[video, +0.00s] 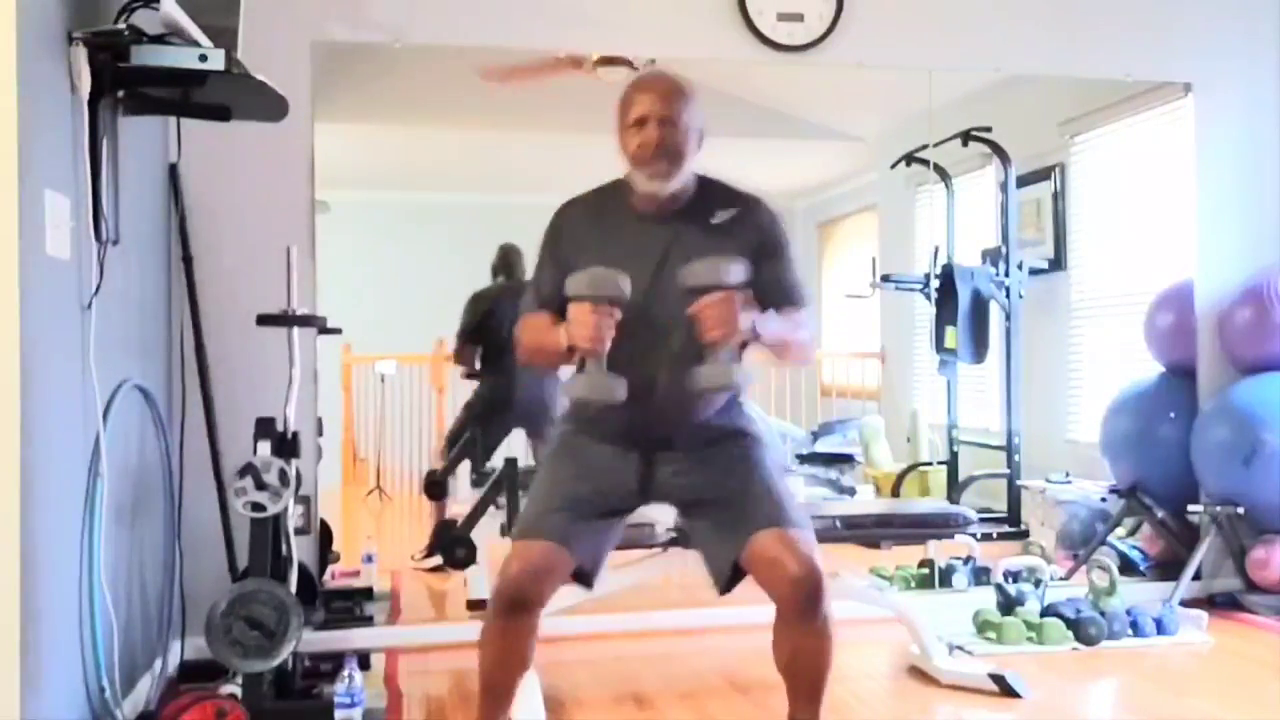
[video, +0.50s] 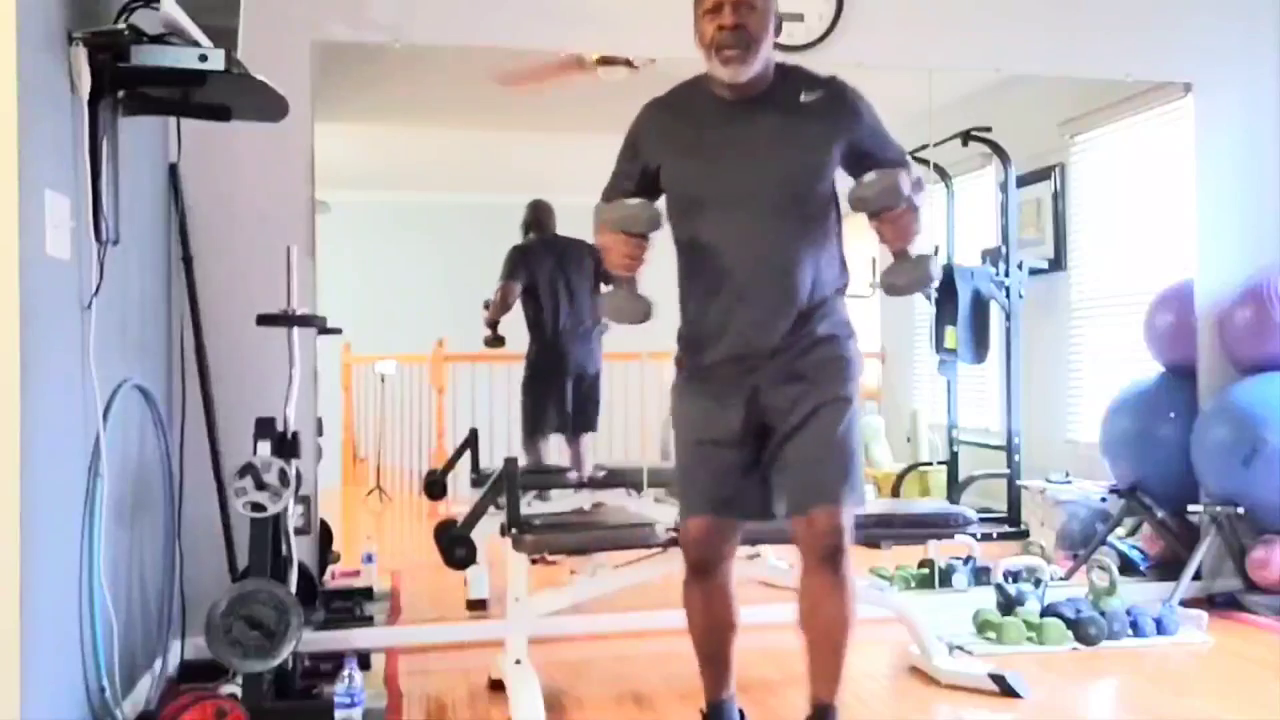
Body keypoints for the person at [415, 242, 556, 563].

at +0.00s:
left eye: (500, 265)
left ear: (494, 268)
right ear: (524, 266)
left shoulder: (484, 299)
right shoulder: (543, 297)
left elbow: (464, 355)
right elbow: (563, 347)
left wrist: (475, 368)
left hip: (497, 391)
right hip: (540, 390)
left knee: (451, 449)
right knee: (549, 458)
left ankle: (439, 531)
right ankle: (554, 527)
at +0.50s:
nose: (528, 229)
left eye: (526, 225)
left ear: (527, 225)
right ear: (554, 223)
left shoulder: (523, 253)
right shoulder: (584, 249)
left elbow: (508, 297)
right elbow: (618, 279)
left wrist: (492, 316)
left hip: (548, 355)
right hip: (587, 355)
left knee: (533, 433)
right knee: (577, 432)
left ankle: (540, 493)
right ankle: (580, 493)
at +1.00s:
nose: (567, 276)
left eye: (569, 272)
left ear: (571, 273)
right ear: (599, 273)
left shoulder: (575, 300)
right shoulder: (627, 299)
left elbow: (557, 354)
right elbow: (643, 347)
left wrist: (543, 355)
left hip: (598, 393)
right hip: (637, 391)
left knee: (539, 449)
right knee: (629, 453)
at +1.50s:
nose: (584, 247)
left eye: (585, 242)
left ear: (589, 243)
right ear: (615, 241)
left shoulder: (594, 264)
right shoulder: (643, 263)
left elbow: (599, 295)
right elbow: (691, 292)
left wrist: (571, 329)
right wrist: (664, 319)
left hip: (623, 370)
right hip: (660, 370)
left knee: (595, 444)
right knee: (649, 444)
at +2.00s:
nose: (568, 276)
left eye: (569, 271)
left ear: (571, 273)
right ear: (597, 273)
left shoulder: (565, 303)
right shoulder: (623, 300)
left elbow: (550, 359)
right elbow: (639, 345)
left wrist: (551, 372)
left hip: (590, 395)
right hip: (634, 393)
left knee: (534, 449)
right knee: (647, 454)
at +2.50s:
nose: (527, 241)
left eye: (528, 237)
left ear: (531, 237)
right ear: (557, 236)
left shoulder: (529, 262)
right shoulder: (583, 262)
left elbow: (522, 295)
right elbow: (619, 287)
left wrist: (493, 320)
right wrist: (610, 323)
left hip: (536, 363)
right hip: (576, 366)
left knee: (520, 437)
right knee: (568, 439)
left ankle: (524, 502)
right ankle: (577, 504)